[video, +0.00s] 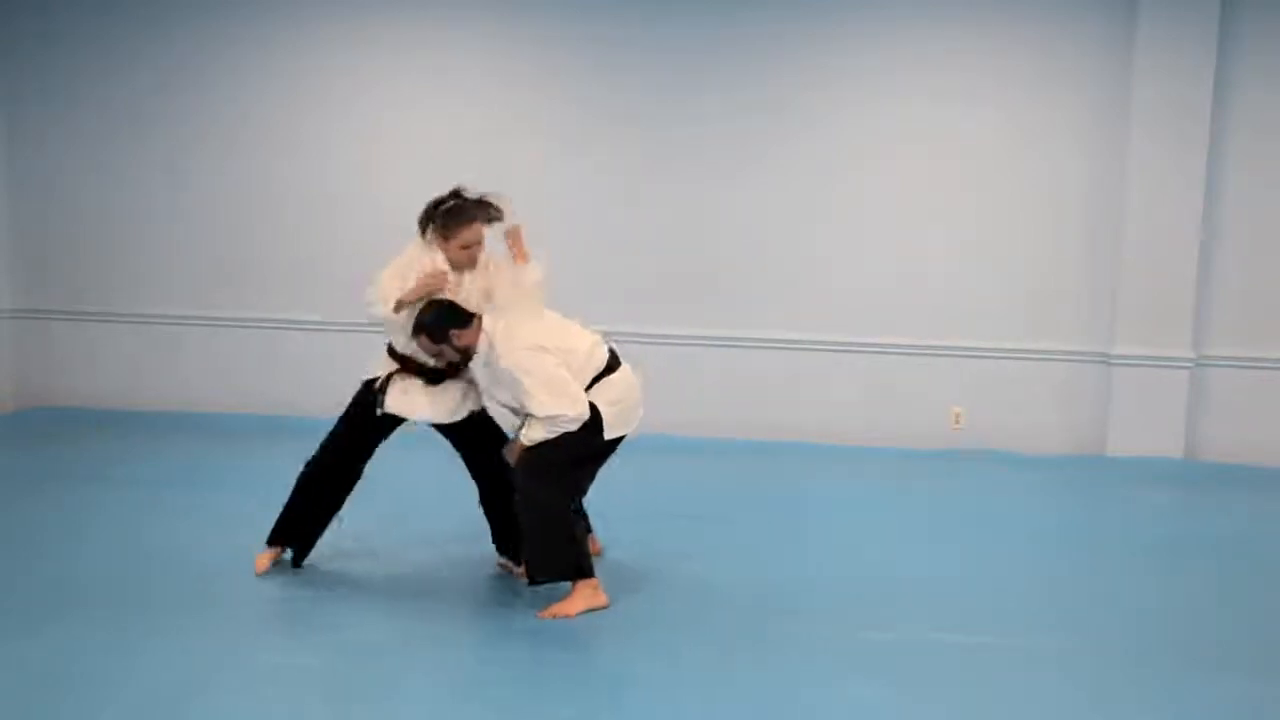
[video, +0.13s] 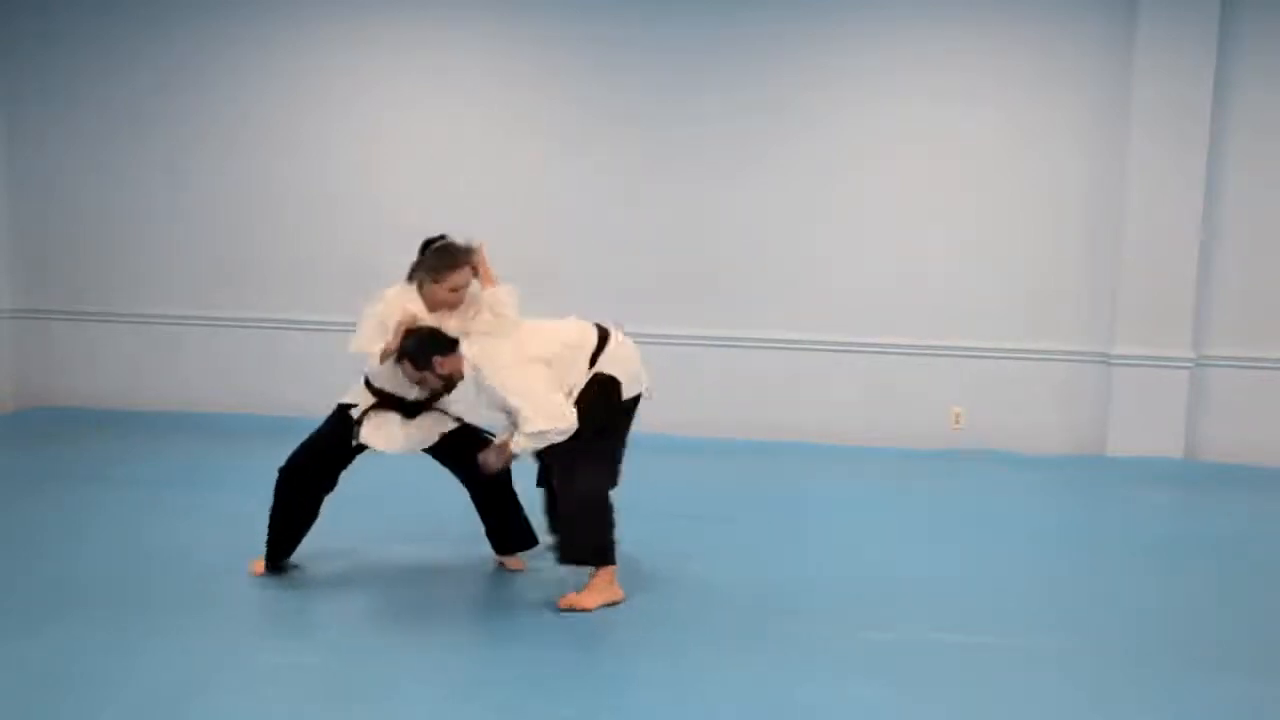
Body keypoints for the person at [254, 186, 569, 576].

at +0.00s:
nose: (476, 253)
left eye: (479, 245)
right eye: (467, 247)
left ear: (484, 241)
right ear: (440, 241)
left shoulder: (488, 271)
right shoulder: (415, 261)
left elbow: (522, 313)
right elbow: (378, 305)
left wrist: (522, 266)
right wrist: (419, 293)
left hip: (457, 390)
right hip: (398, 382)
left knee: (498, 470)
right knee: (337, 458)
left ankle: (515, 553)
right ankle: (283, 543)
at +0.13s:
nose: (460, 297)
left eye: (465, 288)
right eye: (452, 289)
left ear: (473, 281)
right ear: (425, 283)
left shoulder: (476, 310)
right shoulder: (397, 303)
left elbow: (505, 332)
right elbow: (371, 352)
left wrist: (490, 285)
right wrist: (396, 342)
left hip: (437, 415)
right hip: (375, 407)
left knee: (488, 468)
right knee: (303, 470)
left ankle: (509, 550)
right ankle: (276, 556)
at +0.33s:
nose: (419, 301)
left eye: (423, 292)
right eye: (410, 294)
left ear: (428, 285)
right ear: (383, 288)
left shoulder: (434, 318)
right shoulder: (354, 315)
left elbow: (466, 378)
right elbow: (334, 375)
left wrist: (467, 327)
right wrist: (361, 365)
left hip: (409, 409)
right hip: (351, 409)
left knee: (470, 460)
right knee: (295, 470)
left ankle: (499, 545)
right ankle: (268, 551)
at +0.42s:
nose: (412, 292)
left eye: (415, 283)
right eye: (403, 286)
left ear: (419, 274)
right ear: (378, 278)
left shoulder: (428, 309)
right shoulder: (348, 304)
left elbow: (453, 367)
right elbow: (328, 364)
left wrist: (459, 319)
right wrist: (353, 351)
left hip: (409, 403)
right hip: (350, 404)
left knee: (468, 457)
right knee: (296, 468)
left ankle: (487, 547)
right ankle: (270, 553)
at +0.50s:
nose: (408, 281)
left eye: (412, 272)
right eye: (399, 275)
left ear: (417, 262)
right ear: (373, 268)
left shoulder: (424, 296)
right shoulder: (345, 296)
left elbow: (449, 354)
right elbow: (323, 355)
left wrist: (452, 308)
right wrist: (349, 344)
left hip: (409, 400)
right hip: (350, 401)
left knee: (478, 461)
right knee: (290, 467)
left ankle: (497, 553)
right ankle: (276, 555)